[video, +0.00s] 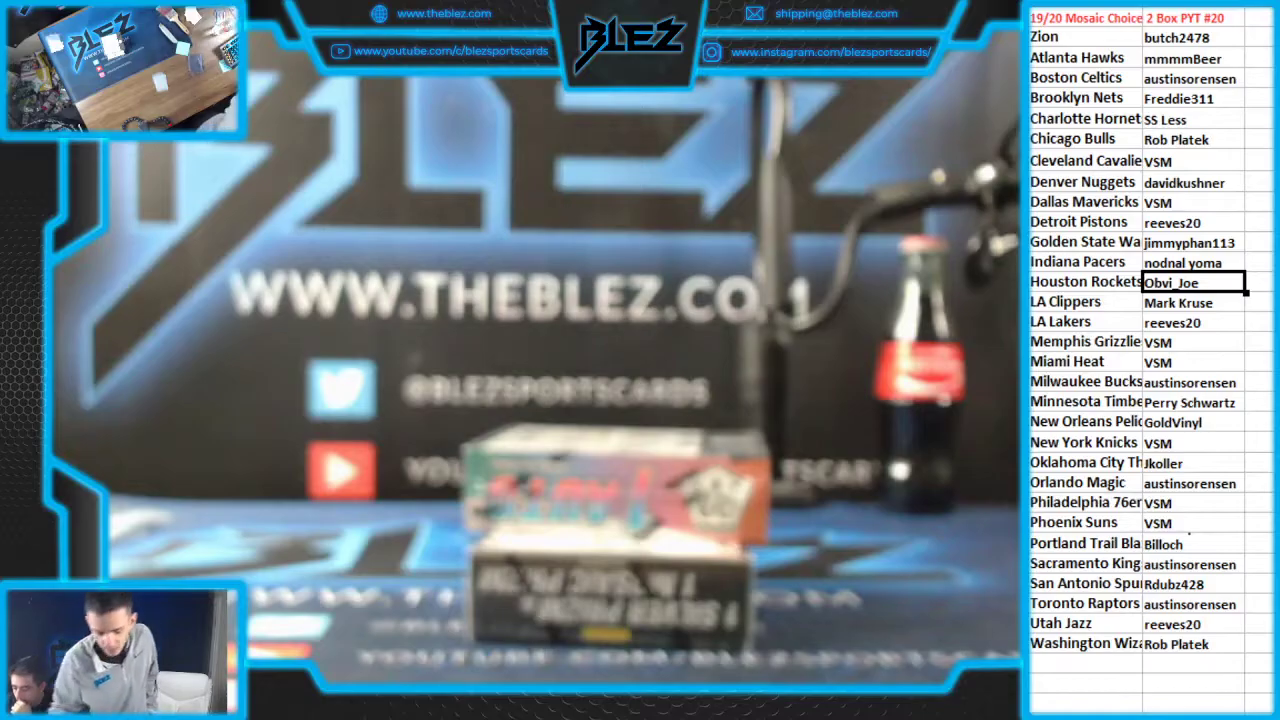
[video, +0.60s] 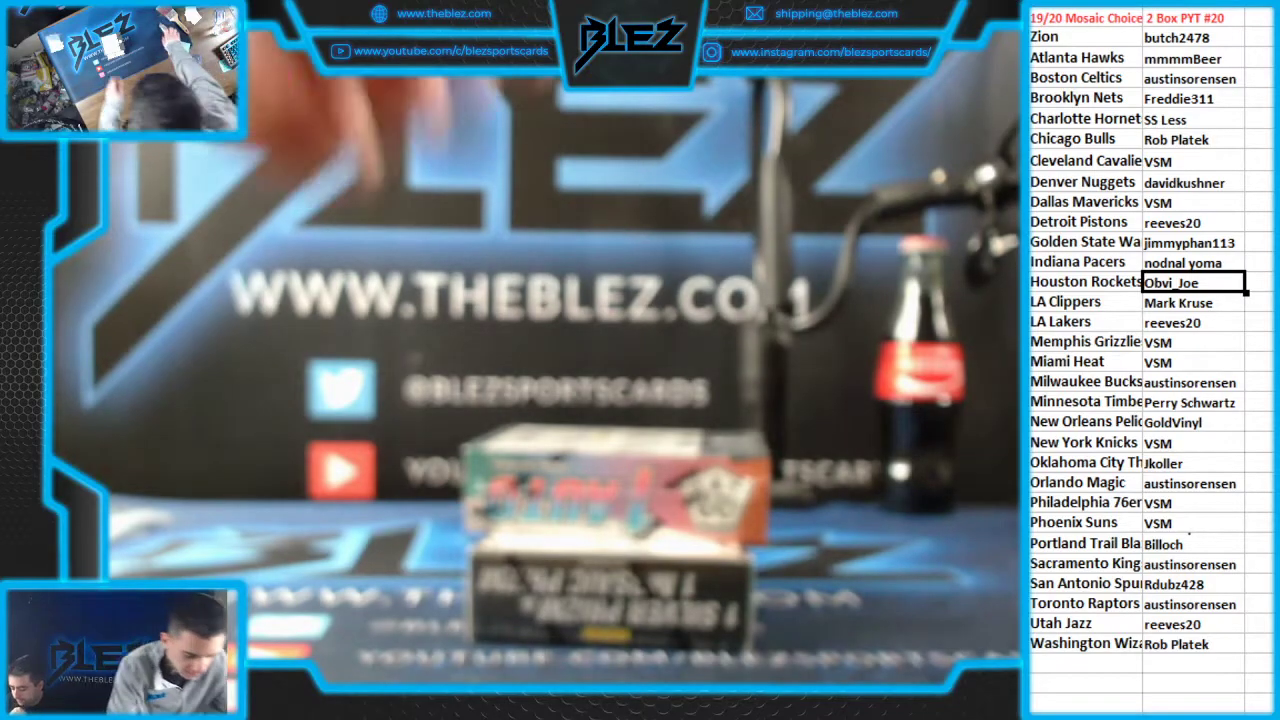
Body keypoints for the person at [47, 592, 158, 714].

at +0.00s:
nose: (109, 642)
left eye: (117, 631)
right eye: (100, 633)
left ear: (132, 621)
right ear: (89, 622)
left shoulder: (143, 636)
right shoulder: (75, 659)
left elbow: (151, 683)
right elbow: (61, 708)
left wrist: (150, 712)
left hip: (139, 713)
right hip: (100, 713)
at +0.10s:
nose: (121, 641)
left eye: (130, 631)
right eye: (112, 632)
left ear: (142, 620)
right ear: (98, 624)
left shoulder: (151, 638)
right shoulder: (81, 659)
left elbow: (155, 692)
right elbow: (72, 708)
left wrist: (155, 714)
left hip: (144, 716)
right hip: (103, 716)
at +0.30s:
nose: (148, 646)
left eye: (157, 635)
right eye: (138, 637)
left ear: (168, 624)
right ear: (120, 627)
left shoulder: (175, 644)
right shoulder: (99, 661)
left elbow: (179, 703)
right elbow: (87, 712)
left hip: (159, 713)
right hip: (118, 714)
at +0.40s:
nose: (166, 653)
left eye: (175, 642)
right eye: (156, 643)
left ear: (185, 632)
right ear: (135, 632)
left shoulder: (191, 650)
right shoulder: (112, 664)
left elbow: (201, 707)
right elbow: (99, 714)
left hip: (173, 714)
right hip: (130, 713)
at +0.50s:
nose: (184, 660)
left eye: (193, 650)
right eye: (173, 650)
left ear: (203, 640)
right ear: (150, 637)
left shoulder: (204, 657)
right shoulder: (124, 666)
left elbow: (218, 708)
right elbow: (113, 715)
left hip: (184, 713)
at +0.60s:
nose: (200, 667)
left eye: (210, 656)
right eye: (189, 656)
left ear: (220, 649)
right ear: (165, 641)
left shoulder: (219, 663)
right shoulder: (133, 667)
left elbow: (222, 712)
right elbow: (122, 717)